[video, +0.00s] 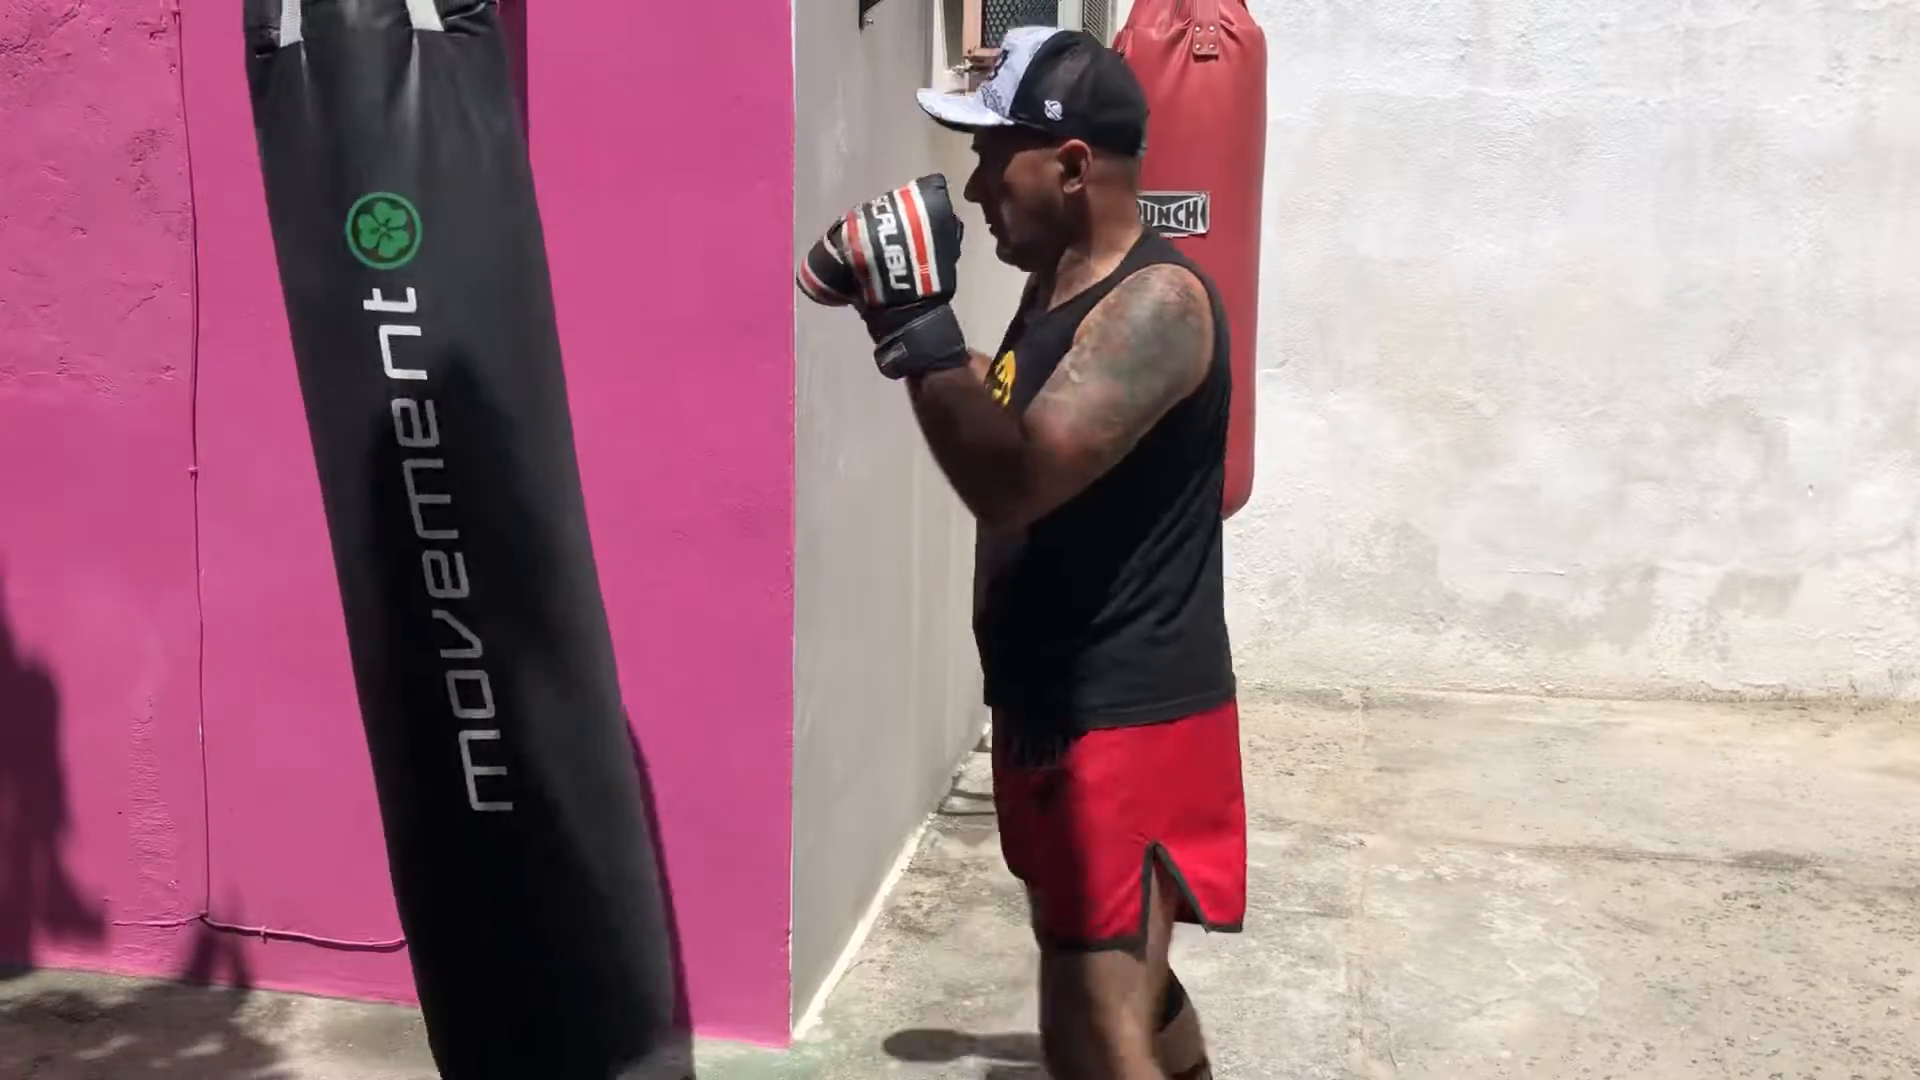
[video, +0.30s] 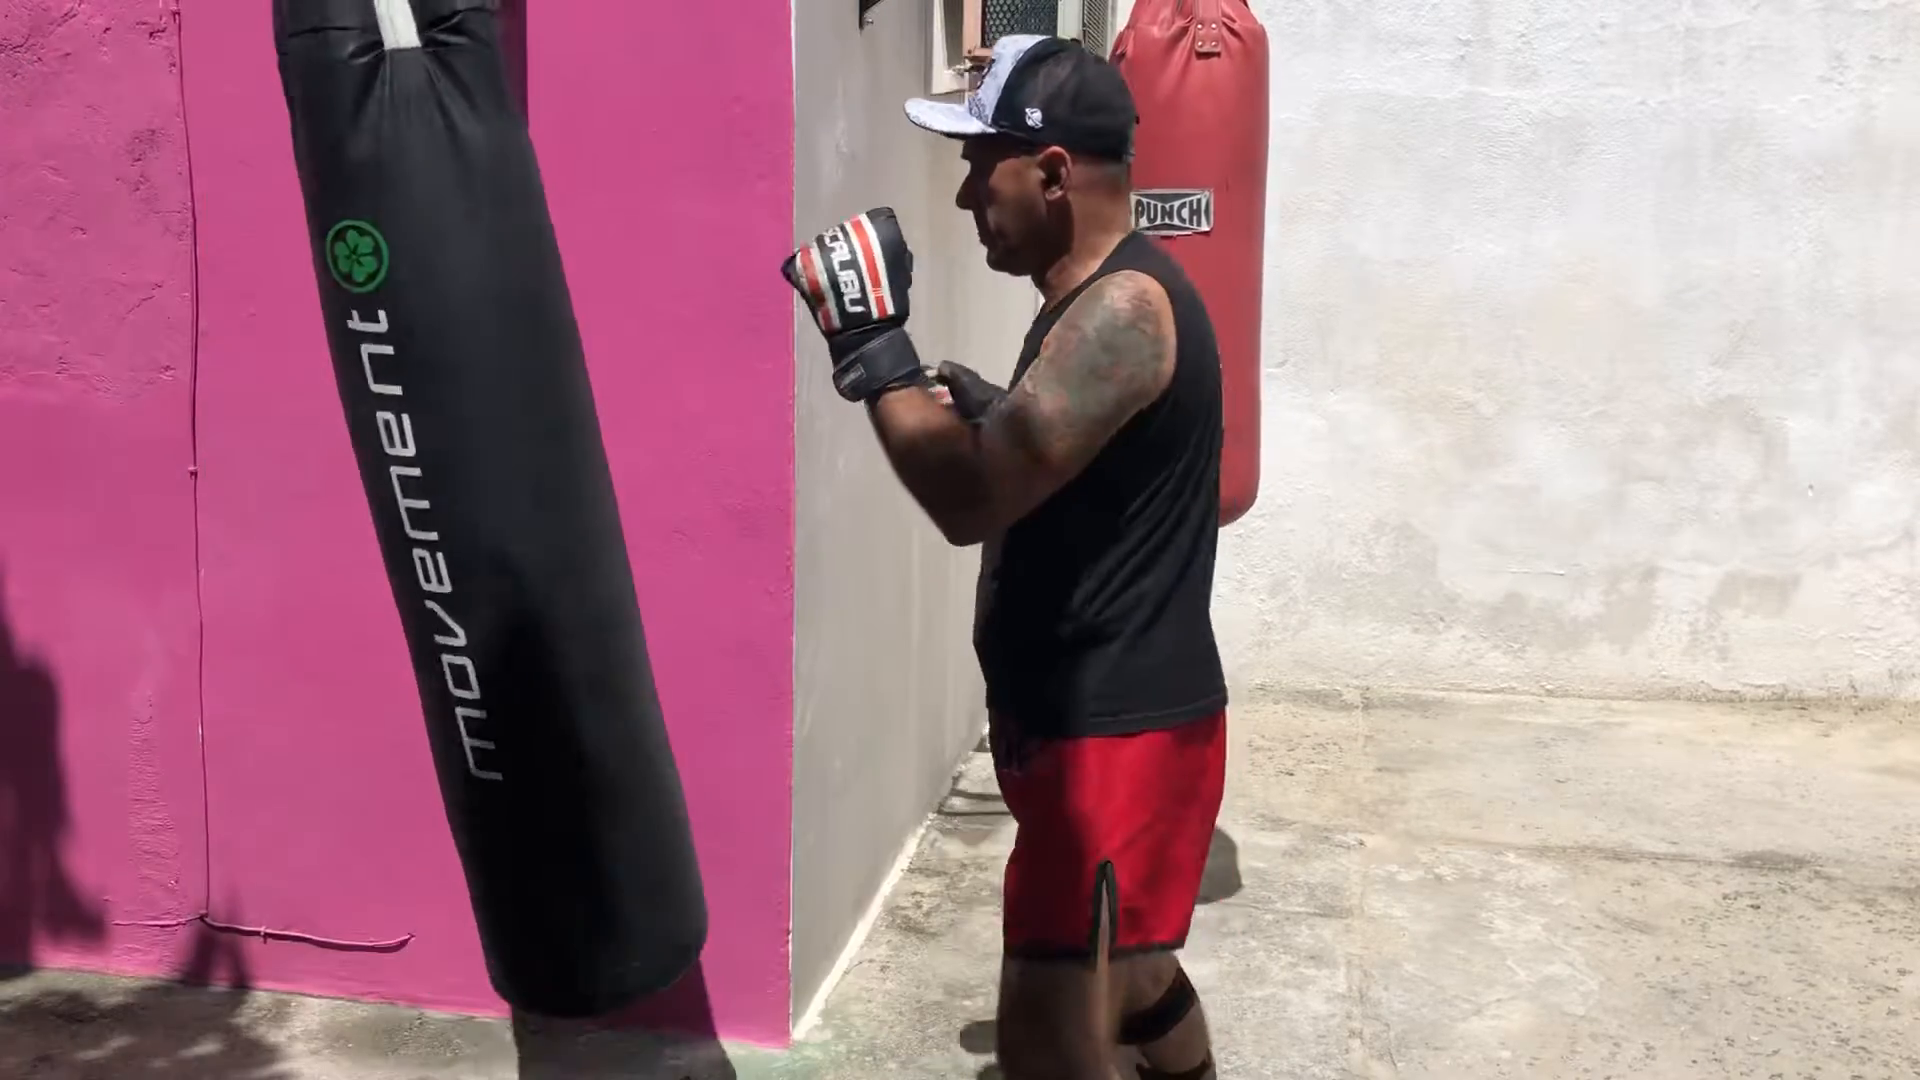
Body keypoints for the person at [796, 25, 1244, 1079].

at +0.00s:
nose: (975, 181)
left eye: (995, 152)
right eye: (978, 152)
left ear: (1072, 166)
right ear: (1068, 166)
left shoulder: (1158, 300)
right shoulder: (1061, 293)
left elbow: (1007, 483)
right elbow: (997, 439)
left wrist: (912, 315)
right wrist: (904, 310)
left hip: (1120, 717)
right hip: (1059, 712)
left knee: (1097, 1041)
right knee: (1136, 1005)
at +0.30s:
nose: (965, 188)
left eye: (982, 160)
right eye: (968, 160)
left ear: (1055, 172)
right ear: (1056, 174)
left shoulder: (1122, 311)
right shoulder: (1100, 293)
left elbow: (974, 501)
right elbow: (1091, 486)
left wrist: (872, 342)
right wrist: (981, 415)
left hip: (1107, 729)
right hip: (1110, 715)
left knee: (1057, 1042)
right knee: (1142, 993)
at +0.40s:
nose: (941, 183)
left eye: (958, 154)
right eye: (946, 155)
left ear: (1026, 165)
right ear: (1037, 164)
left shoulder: (1082, 315)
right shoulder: (1148, 281)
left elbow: (939, 507)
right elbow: (1208, 486)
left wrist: (842, 347)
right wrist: (1021, 436)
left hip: (1074, 732)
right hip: (1133, 714)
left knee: (1045, 1039)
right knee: (1101, 999)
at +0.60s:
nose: (874, 164)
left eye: (888, 135)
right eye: (878, 137)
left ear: (949, 143)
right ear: (977, 140)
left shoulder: (1008, 288)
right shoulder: (1106, 258)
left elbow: (874, 507)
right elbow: (1146, 459)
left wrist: (778, 357)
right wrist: (979, 380)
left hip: (1016, 720)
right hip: (1077, 701)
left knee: (1003, 1041)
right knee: (1024, 1027)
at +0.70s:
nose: (842, 167)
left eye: (854, 139)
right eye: (846, 141)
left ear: (913, 147)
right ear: (937, 144)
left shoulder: (986, 291)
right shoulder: (1057, 264)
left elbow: (862, 510)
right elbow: (1036, 463)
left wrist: (751, 370)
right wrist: (929, 379)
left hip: (976, 722)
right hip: (1038, 708)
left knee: (881, 1043)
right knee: (1002, 1010)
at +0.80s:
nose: (799, 167)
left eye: (809, 138)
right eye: (802, 140)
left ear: (867, 143)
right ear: (893, 141)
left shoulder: (946, 289)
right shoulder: (996, 264)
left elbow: (824, 507)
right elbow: (983, 454)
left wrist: (709, 372)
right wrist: (862, 378)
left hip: (935, 732)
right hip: (994, 717)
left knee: (823, 1048)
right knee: (987, 1003)